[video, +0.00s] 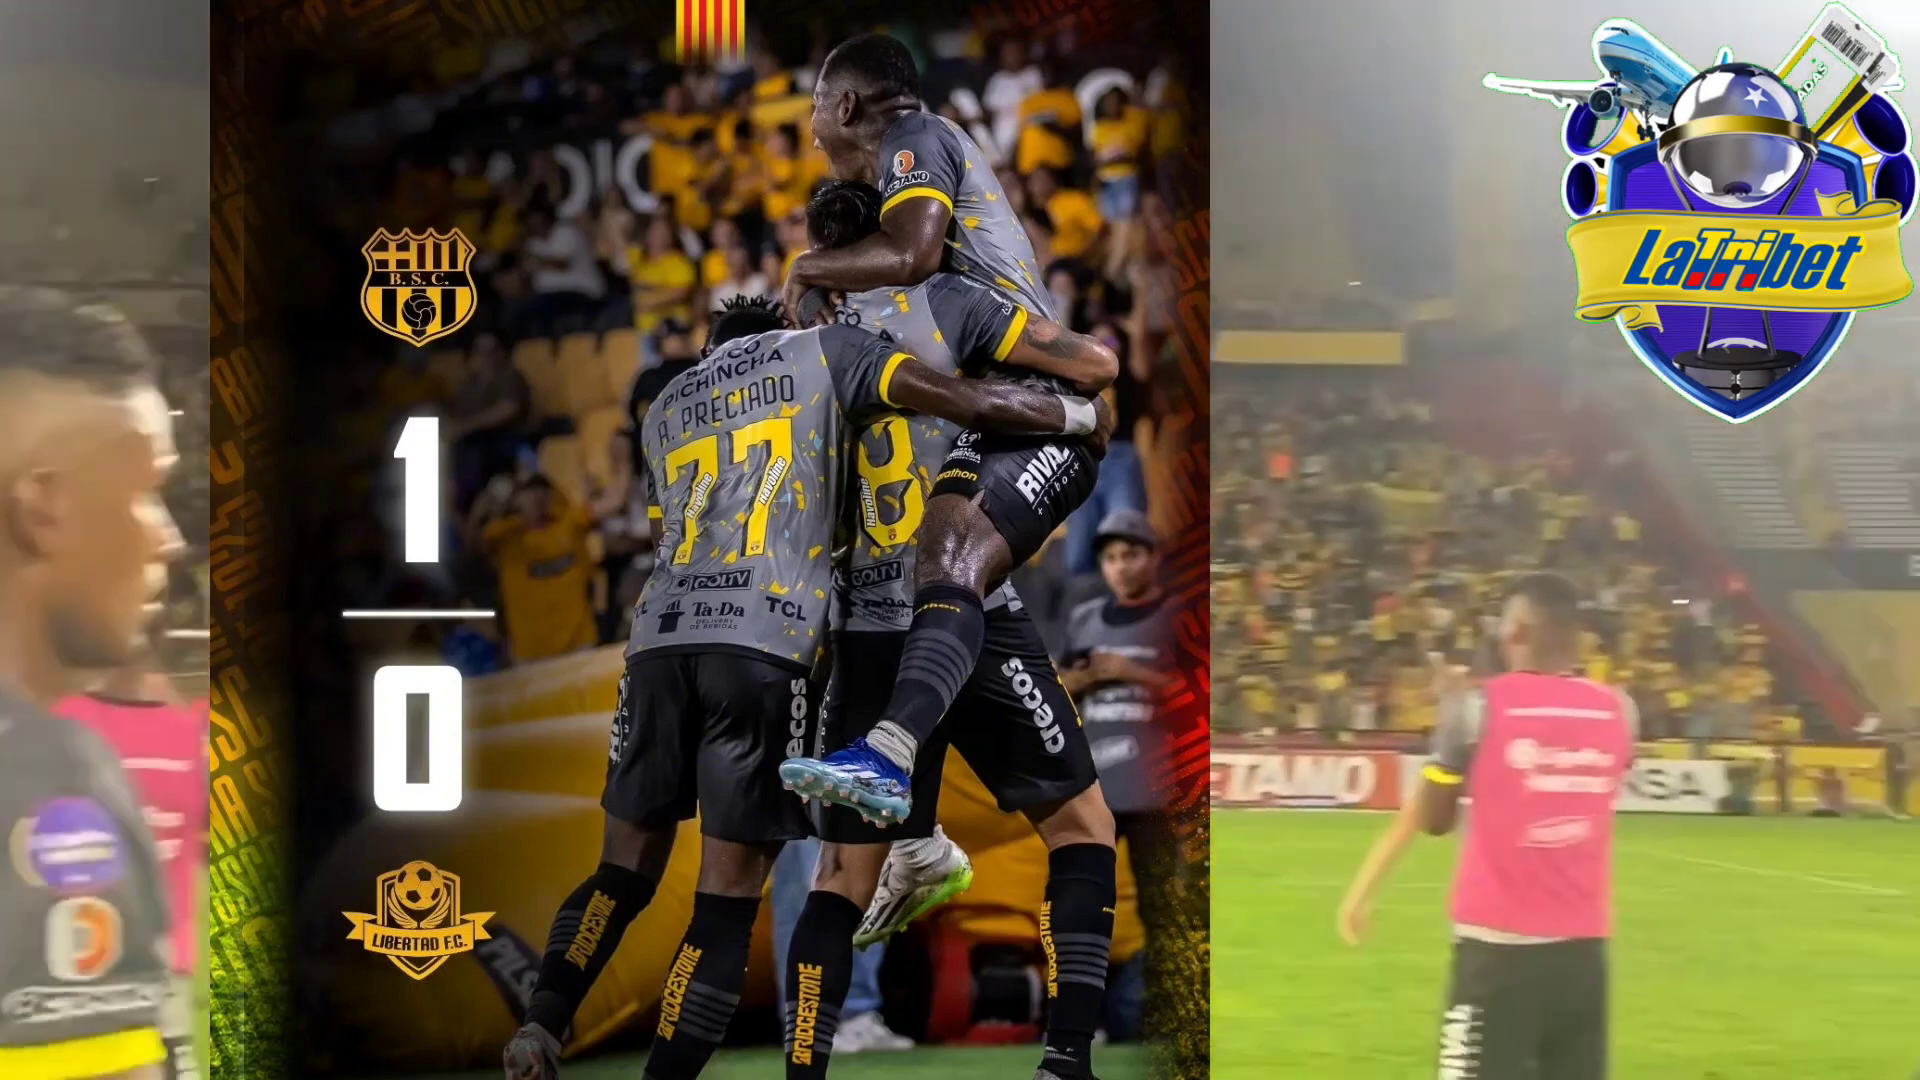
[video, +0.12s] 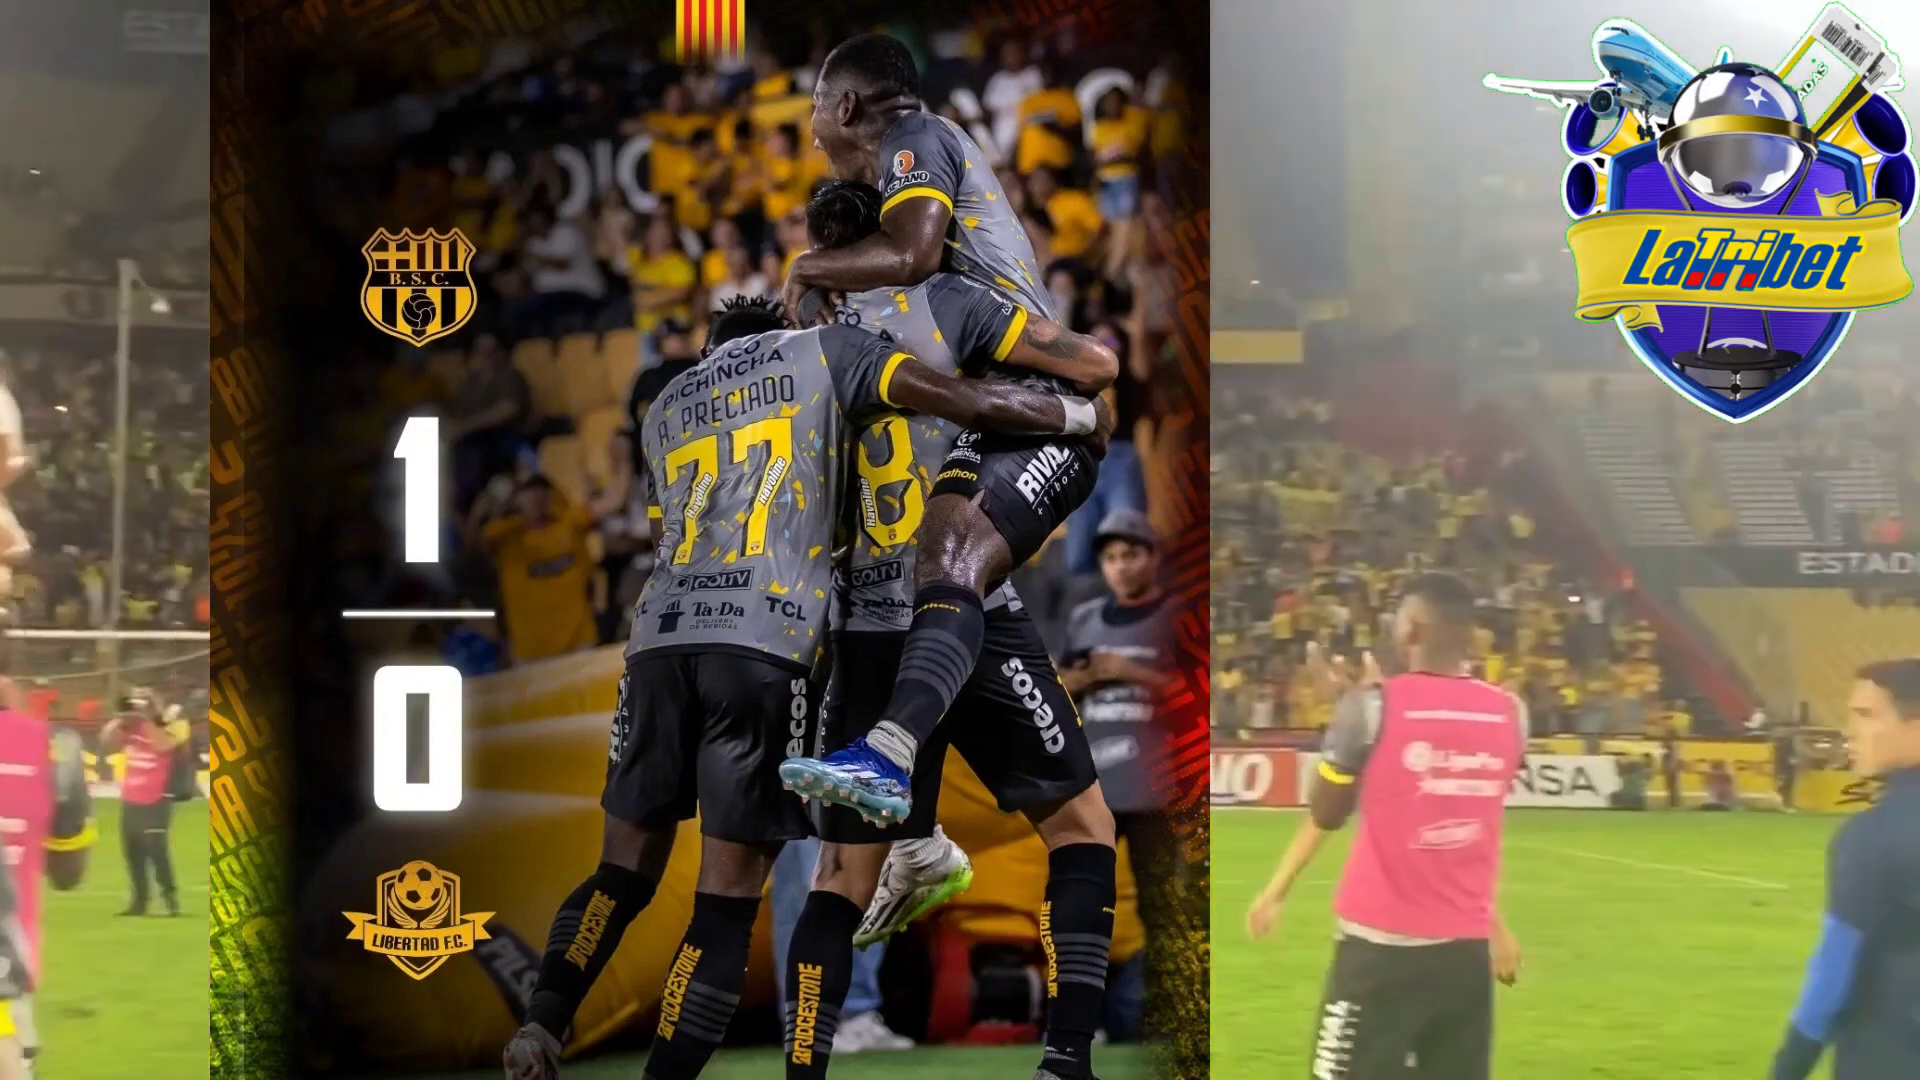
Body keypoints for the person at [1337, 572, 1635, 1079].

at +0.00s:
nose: (1501, 632)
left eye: (1506, 623)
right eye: (1505, 623)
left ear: (1516, 632)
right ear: (1574, 636)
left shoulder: (1479, 705)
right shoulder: (1618, 711)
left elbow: (1432, 816)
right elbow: (1602, 788)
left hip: (1496, 958)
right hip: (1581, 959)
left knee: (1479, 1071)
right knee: (1578, 1072)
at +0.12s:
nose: (1395, 630)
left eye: (1400, 620)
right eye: (1399, 619)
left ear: (1411, 630)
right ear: (1469, 634)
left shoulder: (1372, 707)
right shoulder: (1510, 713)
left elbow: (1327, 811)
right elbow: (1480, 809)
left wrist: (1345, 711)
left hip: (1379, 961)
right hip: (1464, 961)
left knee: (1345, 1070)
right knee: (1459, 1072)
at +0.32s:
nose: (1388, 683)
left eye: (1386, 671)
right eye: (1378, 671)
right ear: (1346, 674)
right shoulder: (1339, 739)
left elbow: (1372, 828)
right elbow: (1372, 828)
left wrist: (1455, 879)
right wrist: (1456, 879)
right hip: (1354, 910)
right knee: (1365, 1043)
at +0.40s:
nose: (1386, 664)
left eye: (1385, 654)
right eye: (1378, 653)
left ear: (1332, 662)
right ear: (1345, 658)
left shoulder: (1305, 719)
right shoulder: (1357, 715)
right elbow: (1385, 811)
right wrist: (1479, 837)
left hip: (1311, 899)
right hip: (1357, 902)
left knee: (1327, 1031)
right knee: (1398, 1038)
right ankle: (1335, 1075)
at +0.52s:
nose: (1433, 651)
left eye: (1432, 640)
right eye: (1426, 639)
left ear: (1377, 647)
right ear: (1393, 644)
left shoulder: (1346, 702)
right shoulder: (1402, 703)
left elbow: (1366, 794)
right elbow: (1449, 798)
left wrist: (1431, 829)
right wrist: (1544, 802)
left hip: (1352, 891)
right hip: (1401, 895)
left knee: (1359, 1021)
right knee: (1472, 1016)